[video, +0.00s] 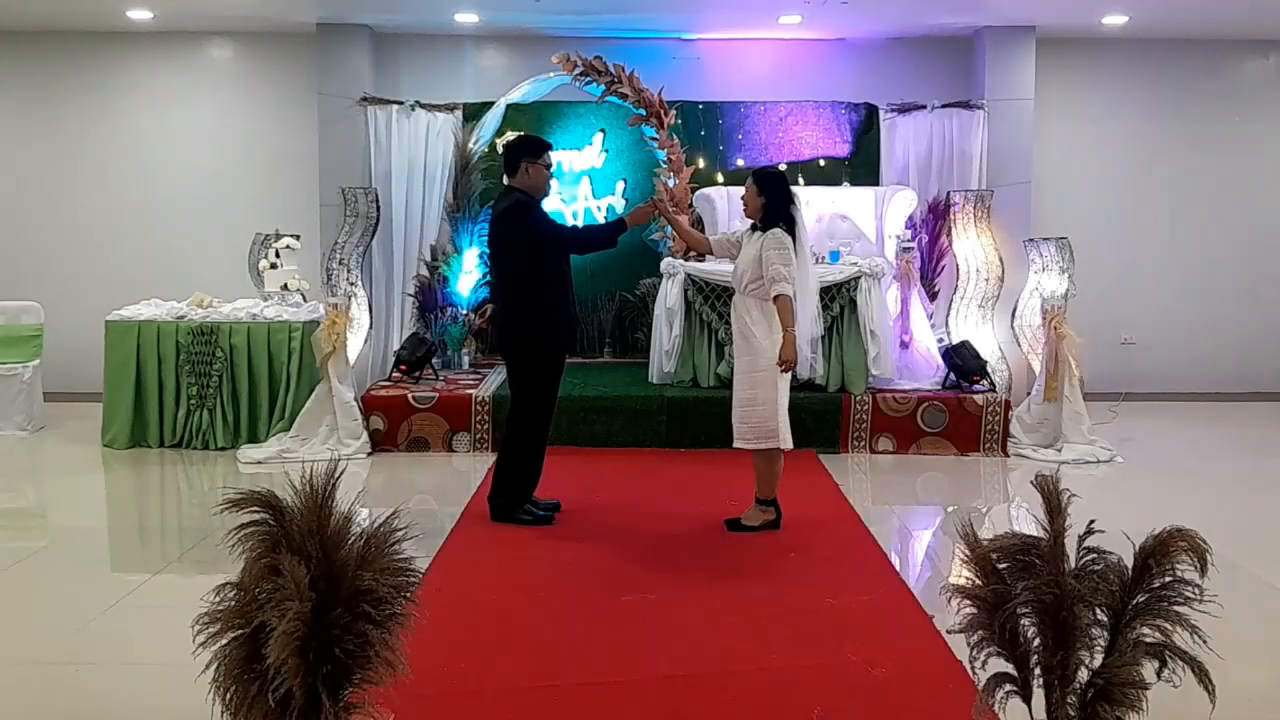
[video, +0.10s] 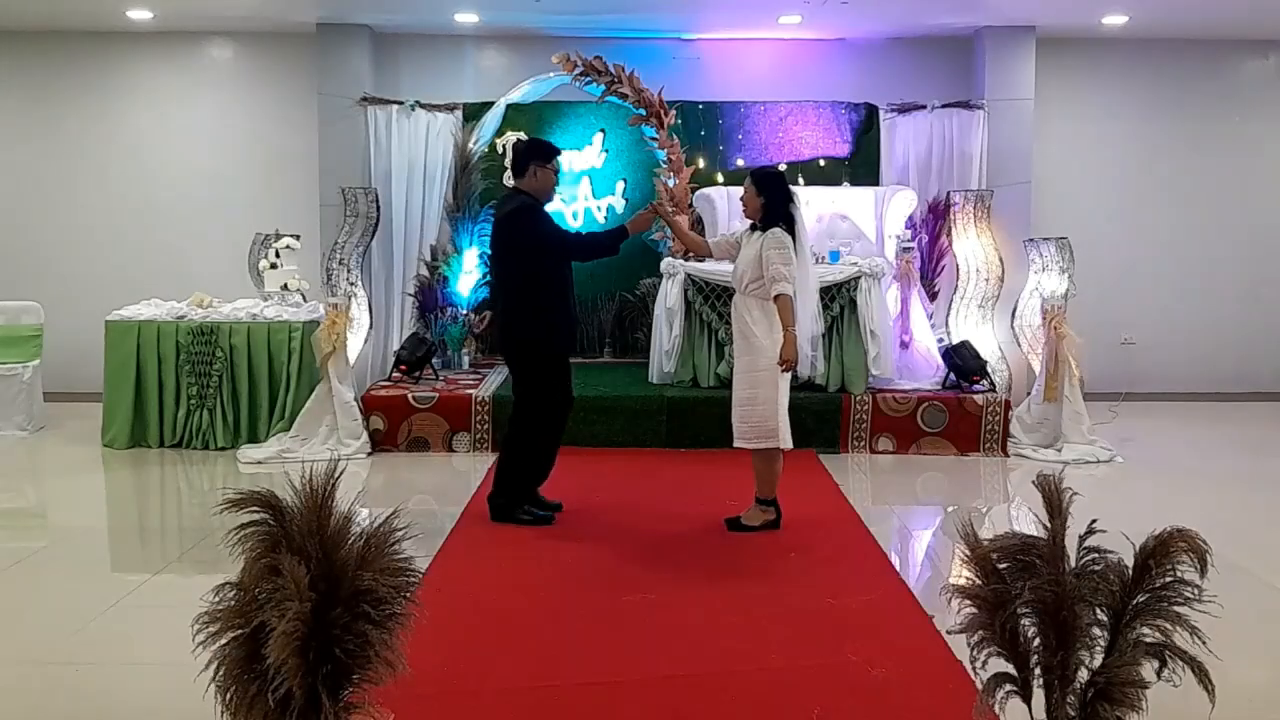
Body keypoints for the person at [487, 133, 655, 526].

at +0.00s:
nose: (551, 176)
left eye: (550, 169)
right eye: (546, 169)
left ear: (523, 171)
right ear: (524, 170)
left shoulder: (517, 209)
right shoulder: (518, 211)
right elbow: (568, 241)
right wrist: (626, 222)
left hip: (534, 329)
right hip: (533, 331)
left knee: (532, 416)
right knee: (529, 417)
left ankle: (519, 494)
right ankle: (507, 503)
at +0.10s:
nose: (557, 180)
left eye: (557, 172)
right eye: (553, 172)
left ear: (530, 173)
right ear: (533, 172)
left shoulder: (521, 210)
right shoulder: (521, 212)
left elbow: (569, 245)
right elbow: (572, 247)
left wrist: (621, 233)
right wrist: (627, 230)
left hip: (535, 330)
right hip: (533, 333)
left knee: (549, 406)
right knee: (539, 409)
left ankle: (524, 490)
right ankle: (507, 501)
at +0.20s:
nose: (567, 186)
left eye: (568, 179)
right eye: (564, 178)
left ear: (540, 175)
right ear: (546, 175)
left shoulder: (523, 209)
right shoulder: (531, 212)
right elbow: (574, 254)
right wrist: (630, 239)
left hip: (539, 330)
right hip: (538, 333)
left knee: (570, 401)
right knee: (541, 410)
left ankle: (542, 482)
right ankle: (507, 501)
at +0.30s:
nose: (581, 190)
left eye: (582, 183)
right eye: (579, 182)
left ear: (553, 177)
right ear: (563, 177)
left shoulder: (525, 211)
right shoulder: (545, 213)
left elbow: (500, 273)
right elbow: (582, 261)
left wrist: (492, 322)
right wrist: (634, 252)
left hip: (538, 332)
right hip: (547, 335)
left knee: (582, 399)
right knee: (536, 414)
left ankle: (578, 485)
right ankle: (508, 502)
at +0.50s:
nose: (611, 202)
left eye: (613, 195)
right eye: (610, 193)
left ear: (581, 185)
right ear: (594, 186)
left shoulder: (544, 219)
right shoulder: (583, 220)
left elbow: (515, 269)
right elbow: (593, 276)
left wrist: (489, 312)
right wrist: (630, 307)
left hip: (550, 334)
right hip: (569, 337)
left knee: (587, 411)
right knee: (541, 418)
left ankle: (620, 478)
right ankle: (508, 503)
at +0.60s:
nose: (632, 205)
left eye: (634, 199)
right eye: (631, 197)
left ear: (604, 189)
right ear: (617, 190)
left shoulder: (566, 219)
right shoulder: (605, 222)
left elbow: (533, 267)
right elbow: (606, 280)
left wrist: (502, 310)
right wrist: (617, 328)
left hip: (564, 330)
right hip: (583, 333)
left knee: (597, 409)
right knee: (554, 414)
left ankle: (623, 482)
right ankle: (510, 500)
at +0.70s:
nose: (650, 204)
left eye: (652, 197)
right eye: (649, 196)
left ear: (624, 188)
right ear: (634, 188)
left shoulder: (584, 216)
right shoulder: (623, 221)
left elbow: (552, 263)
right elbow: (621, 281)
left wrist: (526, 309)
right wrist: (611, 328)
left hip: (583, 328)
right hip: (601, 332)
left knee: (614, 408)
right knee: (577, 410)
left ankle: (627, 483)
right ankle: (521, 487)